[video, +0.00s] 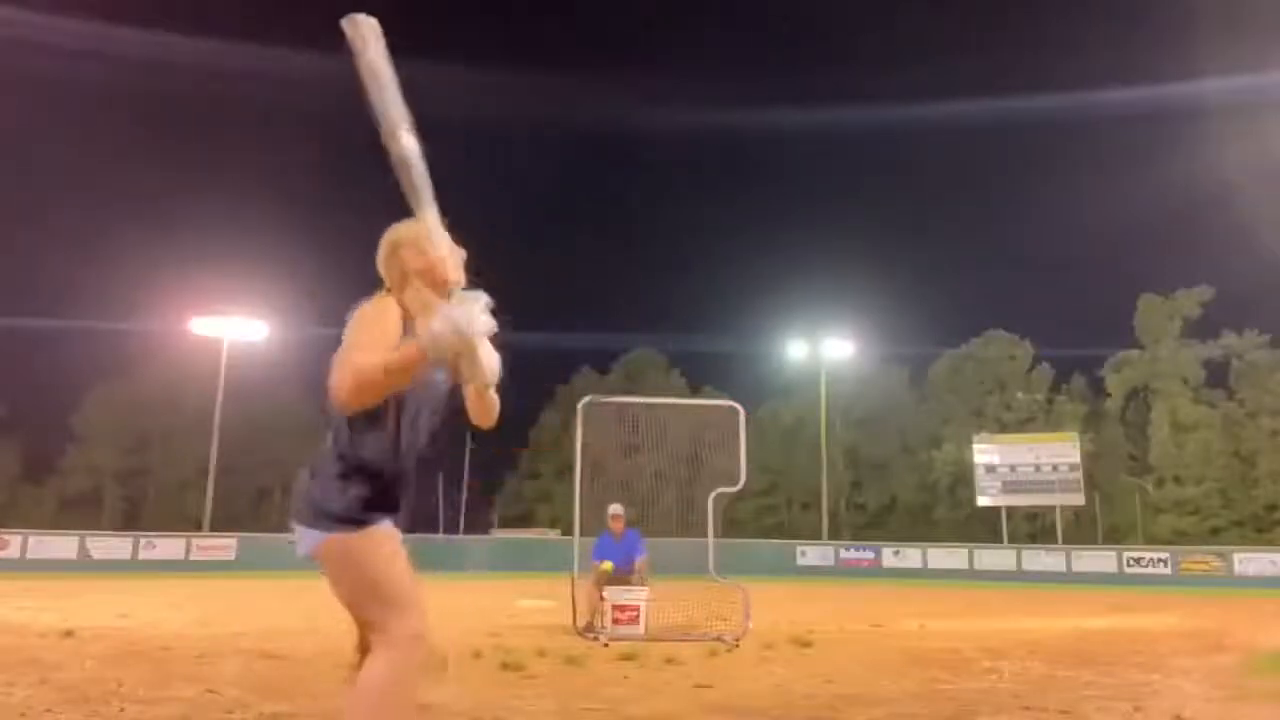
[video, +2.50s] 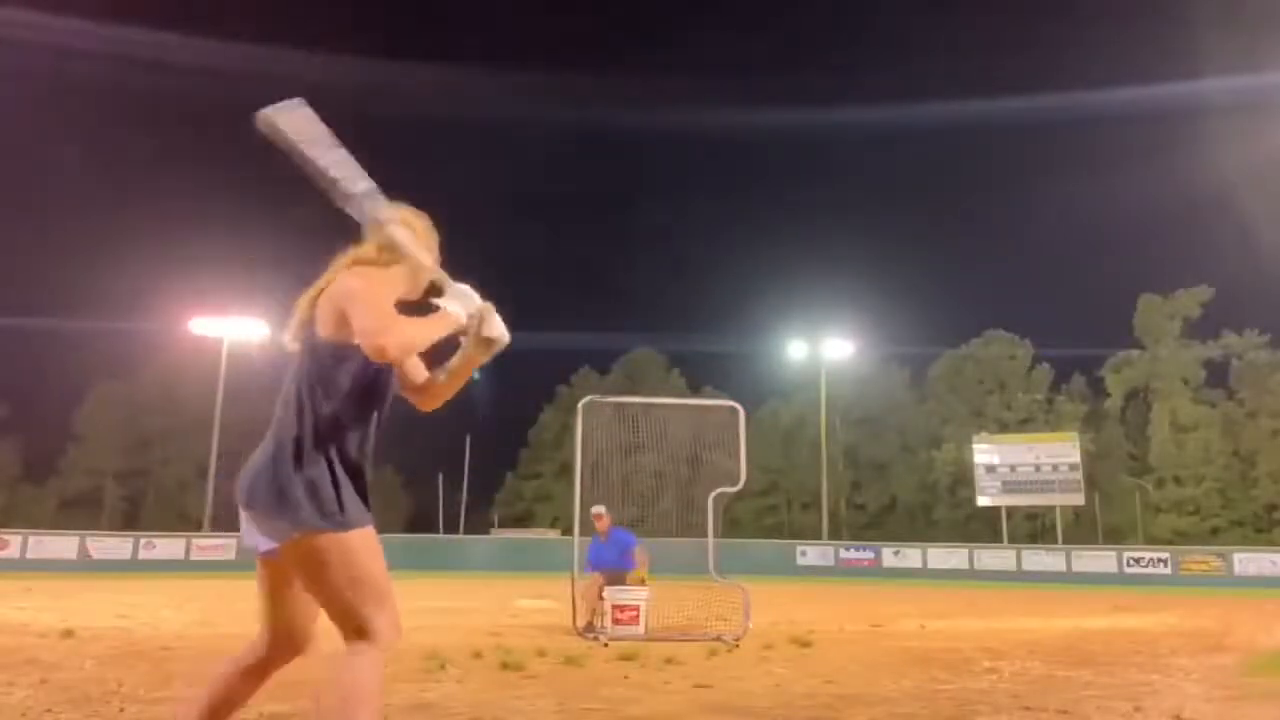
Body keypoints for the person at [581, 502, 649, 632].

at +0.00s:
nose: (617, 523)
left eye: (620, 519)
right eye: (614, 519)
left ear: (624, 520)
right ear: (608, 521)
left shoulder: (633, 536)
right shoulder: (603, 538)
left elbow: (640, 558)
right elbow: (596, 561)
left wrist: (639, 575)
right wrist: (602, 569)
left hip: (628, 573)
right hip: (609, 574)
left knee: (640, 582)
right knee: (594, 586)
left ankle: (637, 623)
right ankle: (590, 621)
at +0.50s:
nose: (612, 521)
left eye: (614, 517)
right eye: (608, 517)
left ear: (620, 518)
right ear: (604, 520)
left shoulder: (630, 537)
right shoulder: (599, 539)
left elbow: (640, 560)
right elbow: (595, 565)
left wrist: (638, 578)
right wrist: (602, 571)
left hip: (627, 575)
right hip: (608, 576)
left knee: (639, 582)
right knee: (593, 586)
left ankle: (636, 622)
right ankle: (591, 621)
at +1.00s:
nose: (611, 520)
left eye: (614, 516)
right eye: (608, 517)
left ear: (621, 518)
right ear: (603, 519)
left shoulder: (631, 538)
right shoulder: (599, 539)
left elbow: (643, 562)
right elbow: (595, 564)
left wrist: (628, 565)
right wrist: (602, 567)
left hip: (627, 576)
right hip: (607, 576)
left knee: (641, 581)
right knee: (592, 586)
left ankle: (638, 621)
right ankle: (591, 620)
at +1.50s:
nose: (612, 519)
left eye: (615, 515)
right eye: (609, 516)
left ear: (621, 517)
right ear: (605, 518)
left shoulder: (631, 537)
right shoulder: (600, 538)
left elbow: (642, 563)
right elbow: (594, 564)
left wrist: (627, 569)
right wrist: (601, 566)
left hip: (625, 573)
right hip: (607, 574)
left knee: (637, 576)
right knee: (593, 580)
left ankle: (636, 620)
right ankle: (590, 620)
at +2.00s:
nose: (612, 520)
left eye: (615, 515)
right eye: (608, 516)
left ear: (621, 517)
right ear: (604, 519)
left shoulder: (631, 537)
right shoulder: (599, 539)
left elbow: (640, 560)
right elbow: (593, 562)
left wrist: (625, 566)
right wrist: (600, 564)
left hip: (625, 572)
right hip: (606, 572)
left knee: (635, 573)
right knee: (593, 580)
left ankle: (635, 618)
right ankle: (590, 620)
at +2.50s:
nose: (599, 523)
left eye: (601, 519)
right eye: (595, 520)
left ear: (609, 518)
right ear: (593, 522)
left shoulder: (623, 537)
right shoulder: (595, 542)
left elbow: (640, 556)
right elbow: (591, 564)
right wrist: (597, 575)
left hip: (622, 573)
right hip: (603, 575)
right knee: (591, 587)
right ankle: (589, 622)